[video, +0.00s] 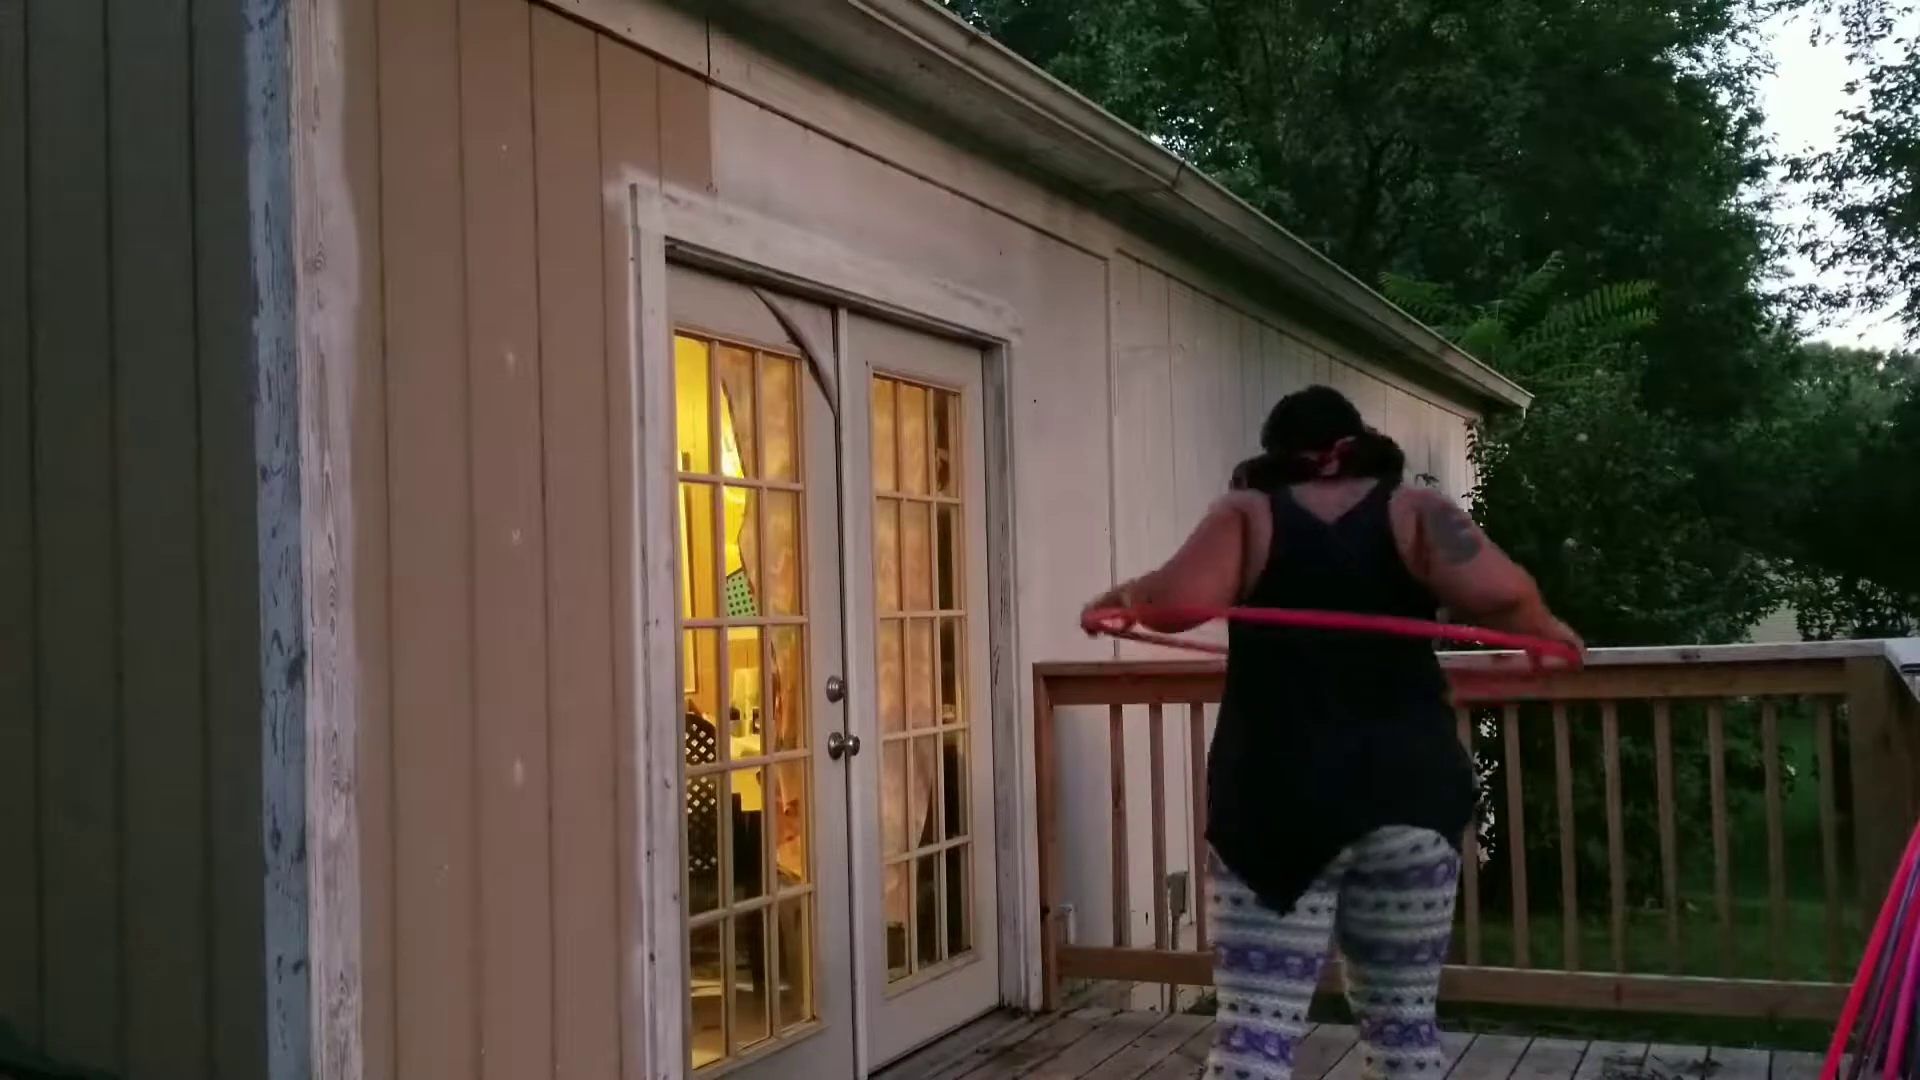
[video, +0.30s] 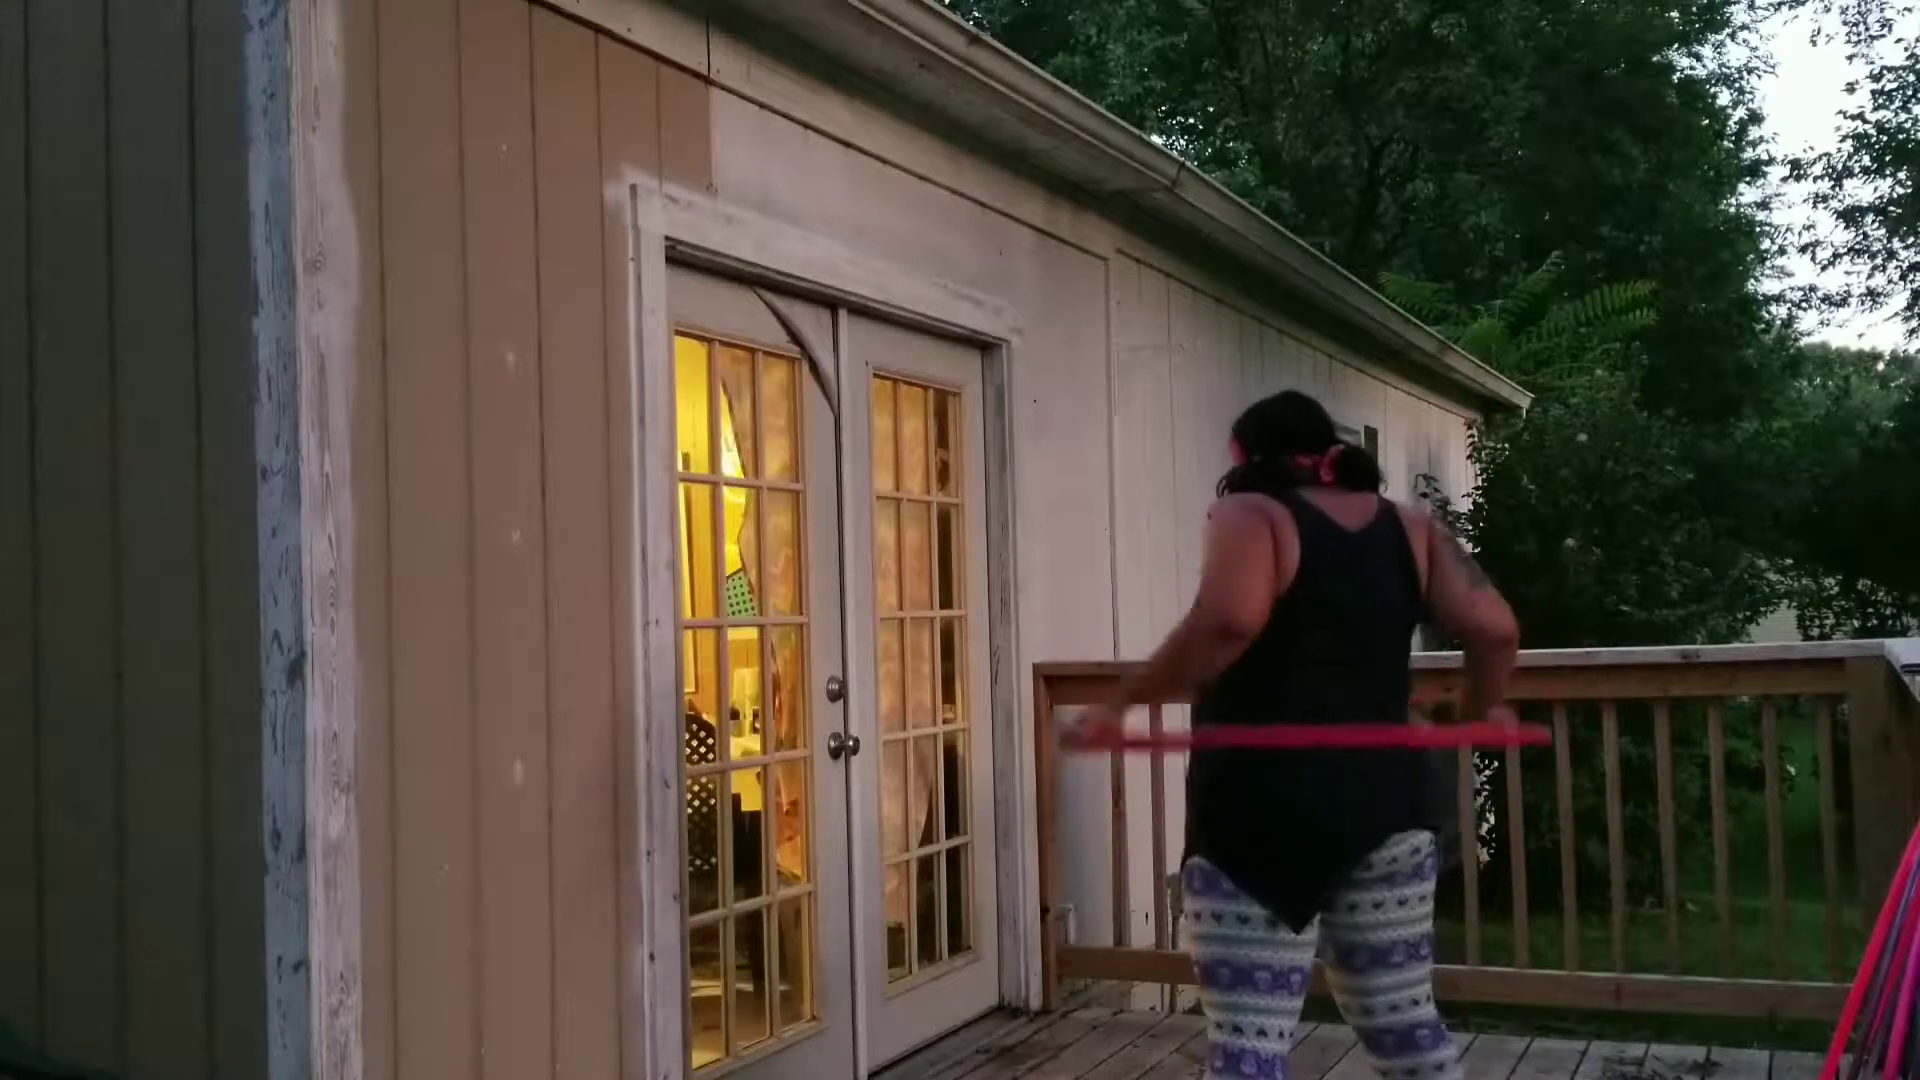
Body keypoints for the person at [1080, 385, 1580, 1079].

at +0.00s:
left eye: (1278, 459)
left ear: (1277, 459)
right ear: (1360, 449)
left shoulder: (1245, 513)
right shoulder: (1420, 509)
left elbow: (1186, 598)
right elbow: (1501, 591)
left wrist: (1130, 595)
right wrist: (1546, 634)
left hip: (1277, 801)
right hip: (1411, 795)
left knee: (1255, 1033)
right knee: (1405, 1024)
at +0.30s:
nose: (1232, 475)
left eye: (1235, 464)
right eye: (1234, 466)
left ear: (1252, 460)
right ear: (1332, 458)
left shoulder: (1248, 512)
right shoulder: (1408, 524)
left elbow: (1231, 618)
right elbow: (1494, 628)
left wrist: (1125, 696)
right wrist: (1482, 707)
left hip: (1260, 818)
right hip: (1390, 811)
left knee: (1248, 1050)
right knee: (1409, 1032)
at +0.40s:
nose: (1228, 483)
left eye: (1231, 469)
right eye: (1228, 470)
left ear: (1251, 462)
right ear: (1327, 459)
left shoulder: (1254, 519)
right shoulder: (1405, 533)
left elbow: (1252, 639)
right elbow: (1481, 647)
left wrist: (1150, 748)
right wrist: (1473, 736)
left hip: (1259, 821)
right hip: (1384, 811)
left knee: (1248, 1050)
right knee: (1407, 1022)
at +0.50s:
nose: (1233, 495)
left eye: (1236, 477)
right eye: (1230, 479)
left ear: (1263, 467)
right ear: (1327, 462)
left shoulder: (1272, 529)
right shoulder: (1403, 538)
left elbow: (1275, 669)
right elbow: (1466, 663)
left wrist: (1185, 798)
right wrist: (1458, 768)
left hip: (1265, 831)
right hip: (1384, 819)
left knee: (1254, 1059)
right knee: (1409, 1018)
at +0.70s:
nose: (1255, 495)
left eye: (1264, 479)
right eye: (1255, 480)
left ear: (1311, 477)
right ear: (1323, 476)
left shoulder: (1340, 570)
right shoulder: (1402, 553)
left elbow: (1311, 713)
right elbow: (1419, 702)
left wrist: (1275, 853)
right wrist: (1427, 815)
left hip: (1303, 840)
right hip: (1388, 827)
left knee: (1267, 1055)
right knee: (1414, 1025)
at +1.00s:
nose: (1277, 482)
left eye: (1293, 468)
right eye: (1281, 466)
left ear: (1346, 481)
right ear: (1350, 481)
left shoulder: (1379, 572)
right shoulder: (1378, 562)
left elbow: (1373, 722)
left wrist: (1342, 864)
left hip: (1305, 859)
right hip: (1372, 855)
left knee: (1274, 1063)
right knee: (1425, 1043)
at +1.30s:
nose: (1206, 503)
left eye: (1222, 486)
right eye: (1206, 488)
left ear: (1277, 482)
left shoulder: (1323, 537)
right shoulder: (1286, 563)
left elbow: (1409, 637)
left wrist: (1361, 781)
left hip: (1313, 850)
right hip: (1365, 844)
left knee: (1280, 1061)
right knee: (1427, 1041)